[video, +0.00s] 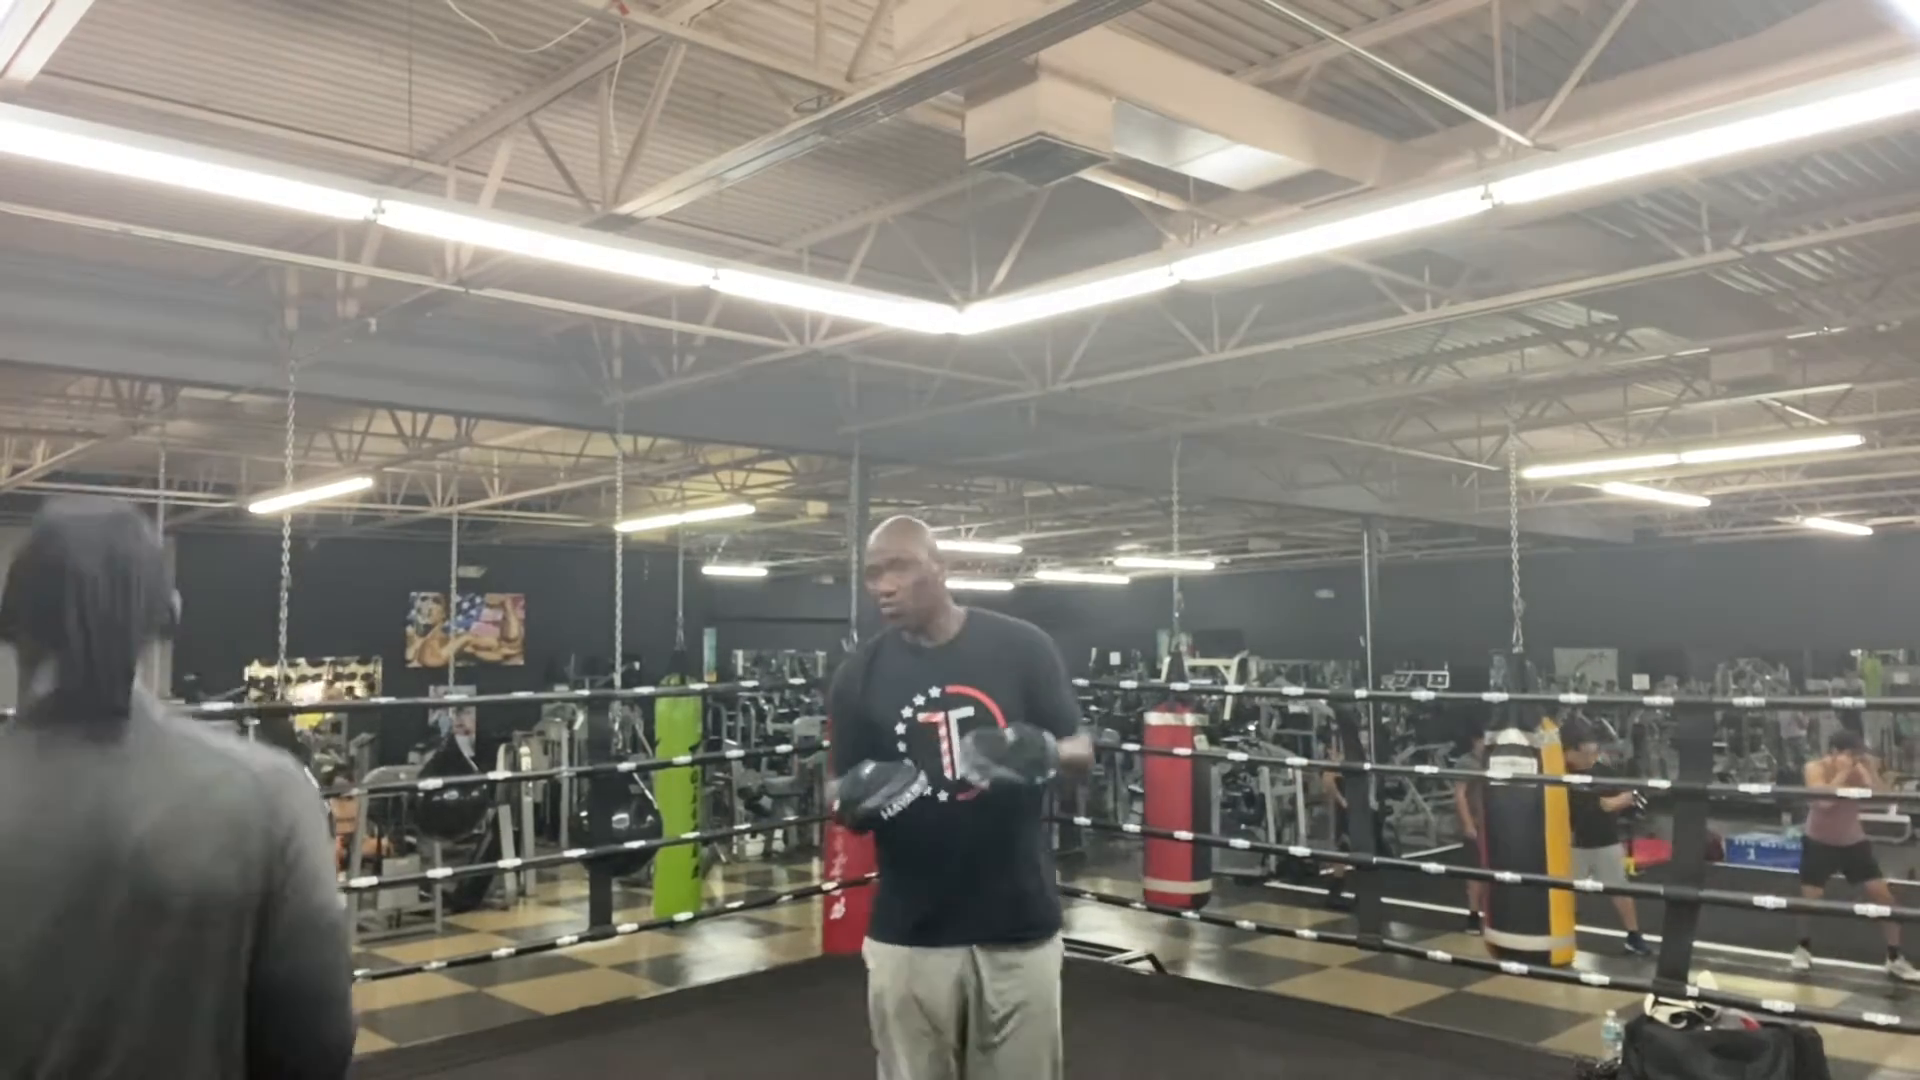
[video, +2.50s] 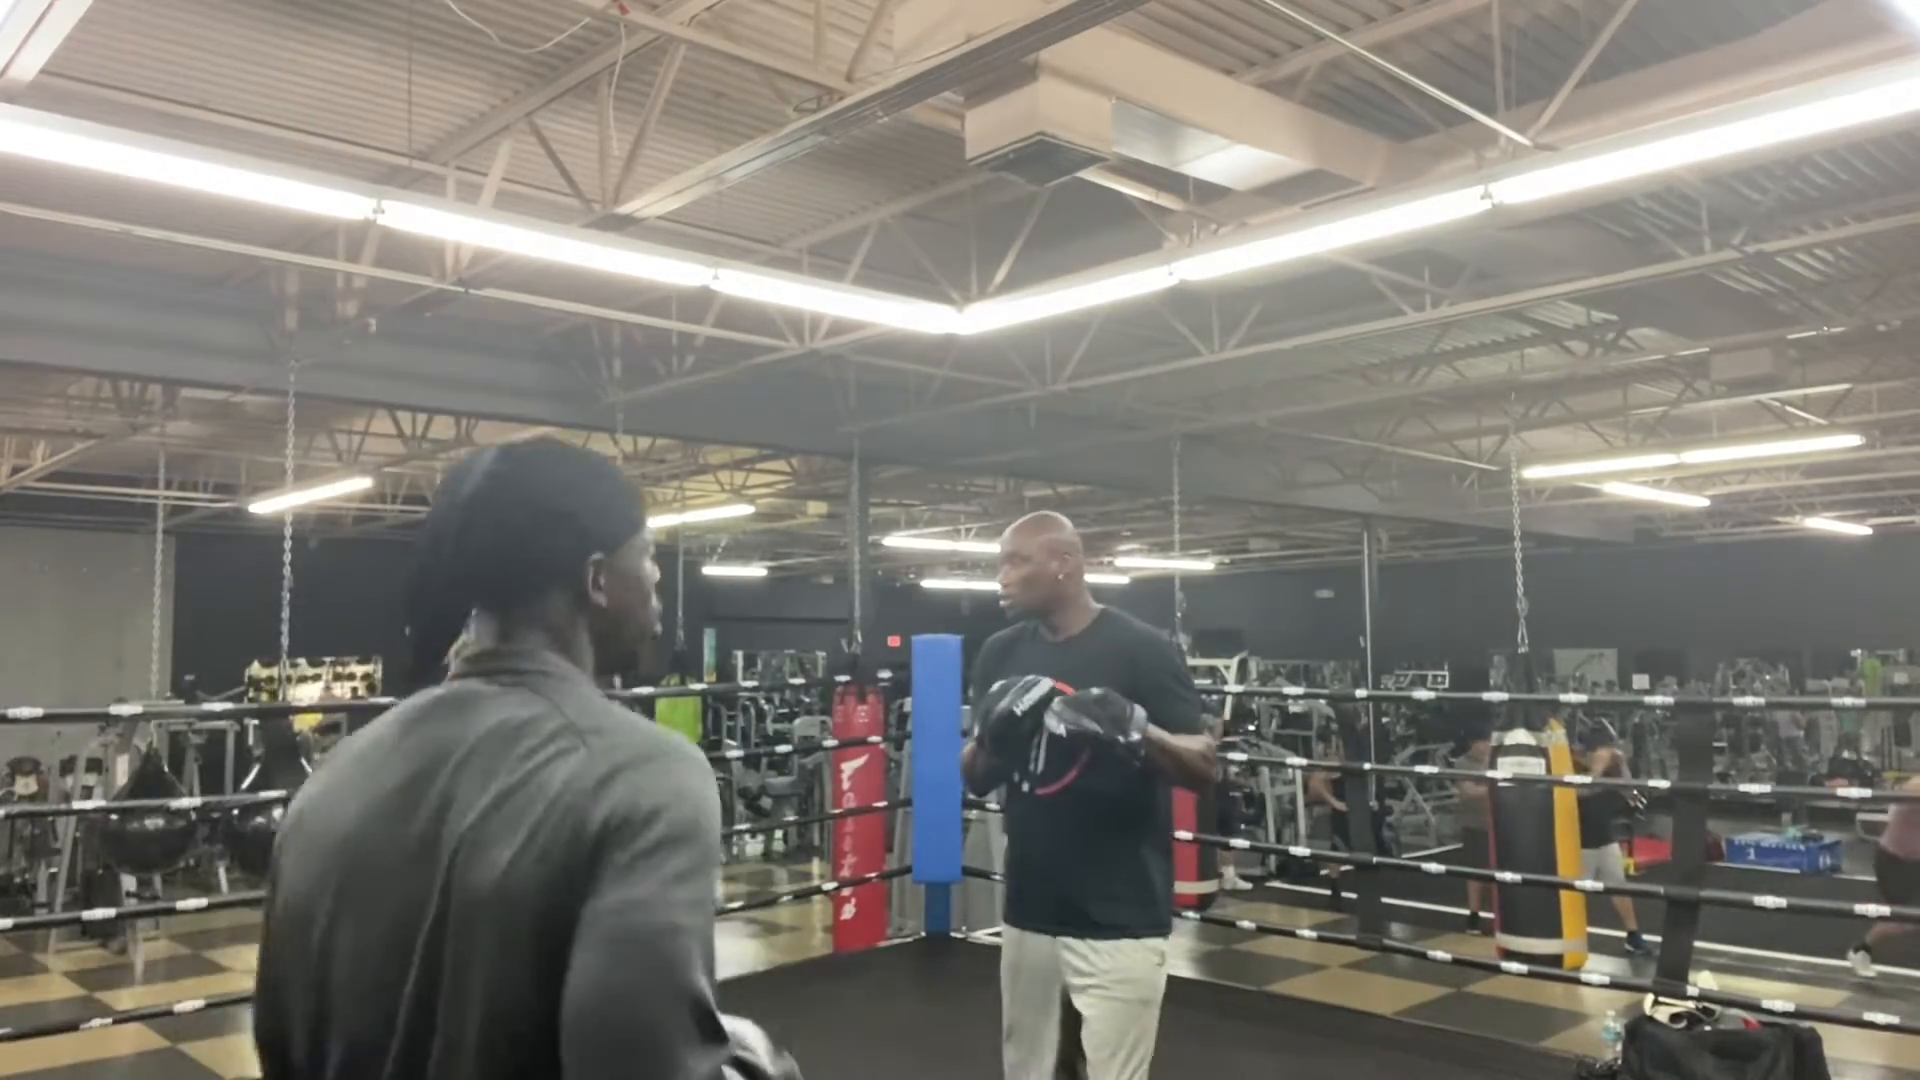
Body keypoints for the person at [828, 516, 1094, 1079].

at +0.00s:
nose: (881, 586)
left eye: (896, 568)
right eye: (873, 572)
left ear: (938, 569)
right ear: (866, 579)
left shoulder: (1025, 648)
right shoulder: (859, 675)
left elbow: (1082, 752)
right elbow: (839, 790)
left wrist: (1046, 753)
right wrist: (854, 799)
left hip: (1018, 928)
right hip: (908, 935)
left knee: (1023, 1072)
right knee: (912, 1073)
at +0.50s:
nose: (928, 559)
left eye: (942, 543)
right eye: (911, 547)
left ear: (965, 554)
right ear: (890, 564)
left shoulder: (1031, 648)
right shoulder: (852, 669)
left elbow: (1074, 793)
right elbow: (820, 794)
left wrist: (1068, 755)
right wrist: (835, 789)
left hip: (1034, 942)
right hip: (913, 950)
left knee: (1058, 1072)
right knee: (914, 1073)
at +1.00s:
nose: (1033, 556)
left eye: (1049, 541)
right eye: (1017, 544)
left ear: (1074, 553)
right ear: (997, 558)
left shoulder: (1122, 650)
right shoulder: (954, 647)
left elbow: (1177, 784)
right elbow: (908, 764)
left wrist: (1178, 692)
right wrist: (856, 750)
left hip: (1079, 939)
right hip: (961, 934)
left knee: (1081, 1072)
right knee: (942, 1072)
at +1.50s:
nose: (1085, 568)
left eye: (1102, 552)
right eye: (1070, 553)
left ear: (1132, 560)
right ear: (1054, 564)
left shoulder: (1176, 671)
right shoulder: (1027, 642)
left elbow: (1205, 809)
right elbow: (996, 746)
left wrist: (1105, 788)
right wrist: (982, 777)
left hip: (1115, 967)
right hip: (1011, 946)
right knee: (987, 1072)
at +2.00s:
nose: (1064, 569)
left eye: (1081, 555)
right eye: (1050, 555)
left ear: (1108, 568)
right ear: (1033, 568)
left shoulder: (1153, 669)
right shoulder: (1004, 654)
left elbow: (1193, 797)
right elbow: (973, 761)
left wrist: (1121, 774)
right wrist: (970, 765)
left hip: (1106, 943)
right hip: (1013, 929)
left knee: (1105, 1072)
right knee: (1029, 1071)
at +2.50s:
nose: (1001, 575)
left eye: (1015, 561)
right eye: (1001, 562)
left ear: (1064, 568)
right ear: (1052, 570)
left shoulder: (1145, 648)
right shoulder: (1000, 652)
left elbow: (1205, 767)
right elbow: (974, 775)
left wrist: (1134, 730)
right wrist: (998, 740)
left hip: (1122, 920)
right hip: (1031, 914)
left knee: (1115, 1074)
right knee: (1026, 1070)